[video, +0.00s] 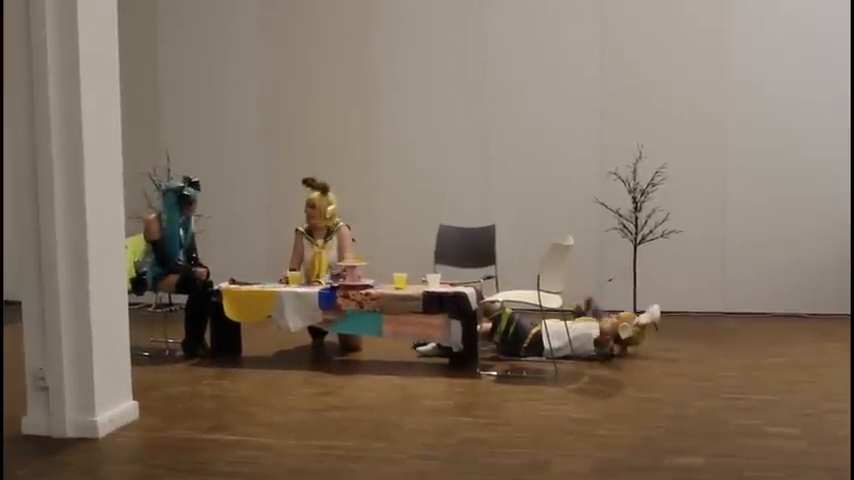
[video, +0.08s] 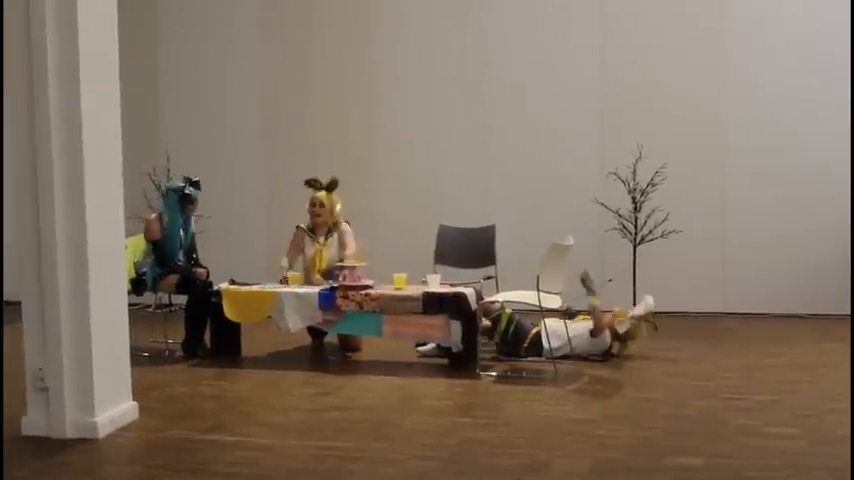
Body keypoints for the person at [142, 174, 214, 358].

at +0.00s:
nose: (191, 208)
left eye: (192, 203)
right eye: (188, 203)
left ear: (192, 204)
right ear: (176, 202)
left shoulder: (186, 223)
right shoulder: (155, 222)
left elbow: (191, 255)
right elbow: (164, 261)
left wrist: (200, 268)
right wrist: (191, 272)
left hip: (178, 270)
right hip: (157, 273)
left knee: (206, 285)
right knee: (197, 286)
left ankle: (198, 340)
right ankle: (191, 343)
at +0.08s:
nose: (192, 208)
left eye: (193, 204)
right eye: (188, 204)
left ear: (193, 205)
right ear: (176, 202)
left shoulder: (186, 223)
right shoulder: (155, 222)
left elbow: (191, 255)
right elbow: (164, 261)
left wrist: (199, 268)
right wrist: (191, 272)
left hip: (178, 270)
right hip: (157, 273)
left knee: (206, 285)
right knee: (196, 287)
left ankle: (198, 341)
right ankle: (191, 344)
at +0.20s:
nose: (194, 207)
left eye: (195, 203)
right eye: (191, 202)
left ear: (195, 204)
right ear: (178, 201)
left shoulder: (188, 222)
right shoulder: (157, 221)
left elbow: (193, 255)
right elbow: (165, 260)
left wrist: (200, 268)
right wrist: (191, 272)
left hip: (179, 269)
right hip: (157, 272)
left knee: (206, 285)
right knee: (198, 285)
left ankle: (199, 341)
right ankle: (191, 343)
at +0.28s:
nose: (196, 208)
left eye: (197, 205)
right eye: (192, 204)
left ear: (194, 205)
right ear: (180, 202)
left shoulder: (189, 222)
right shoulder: (158, 219)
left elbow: (194, 256)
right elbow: (163, 259)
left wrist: (202, 269)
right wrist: (192, 273)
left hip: (179, 269)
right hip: (157, 271)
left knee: (206, 287)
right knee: (197, 288)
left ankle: (199, 342)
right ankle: (191, 344)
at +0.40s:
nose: (195, 210)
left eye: (197, 206)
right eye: (193, 206)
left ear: (194, 205)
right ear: (180, 202)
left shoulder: (189, 222)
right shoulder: (158, 219)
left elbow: (194, 256)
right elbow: (164, 259)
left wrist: (202, 269)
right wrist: (192, 273)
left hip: (179, 270)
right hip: (158, 272)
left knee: (207, 287)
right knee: (198, 288)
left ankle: (198, 342)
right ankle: (191, 344)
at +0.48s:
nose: (196, 210)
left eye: (197, 206)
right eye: (194, 205)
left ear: (195, 204)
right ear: (181, 201)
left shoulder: (188, 222)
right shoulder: (158, 219)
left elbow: (193, 256)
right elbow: (164, 258)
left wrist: (202, 268)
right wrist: (192, 273)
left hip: (178, 269)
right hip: (158, 272)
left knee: (207, 287)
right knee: (198, 288)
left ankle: (199, 341)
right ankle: (191, 344)